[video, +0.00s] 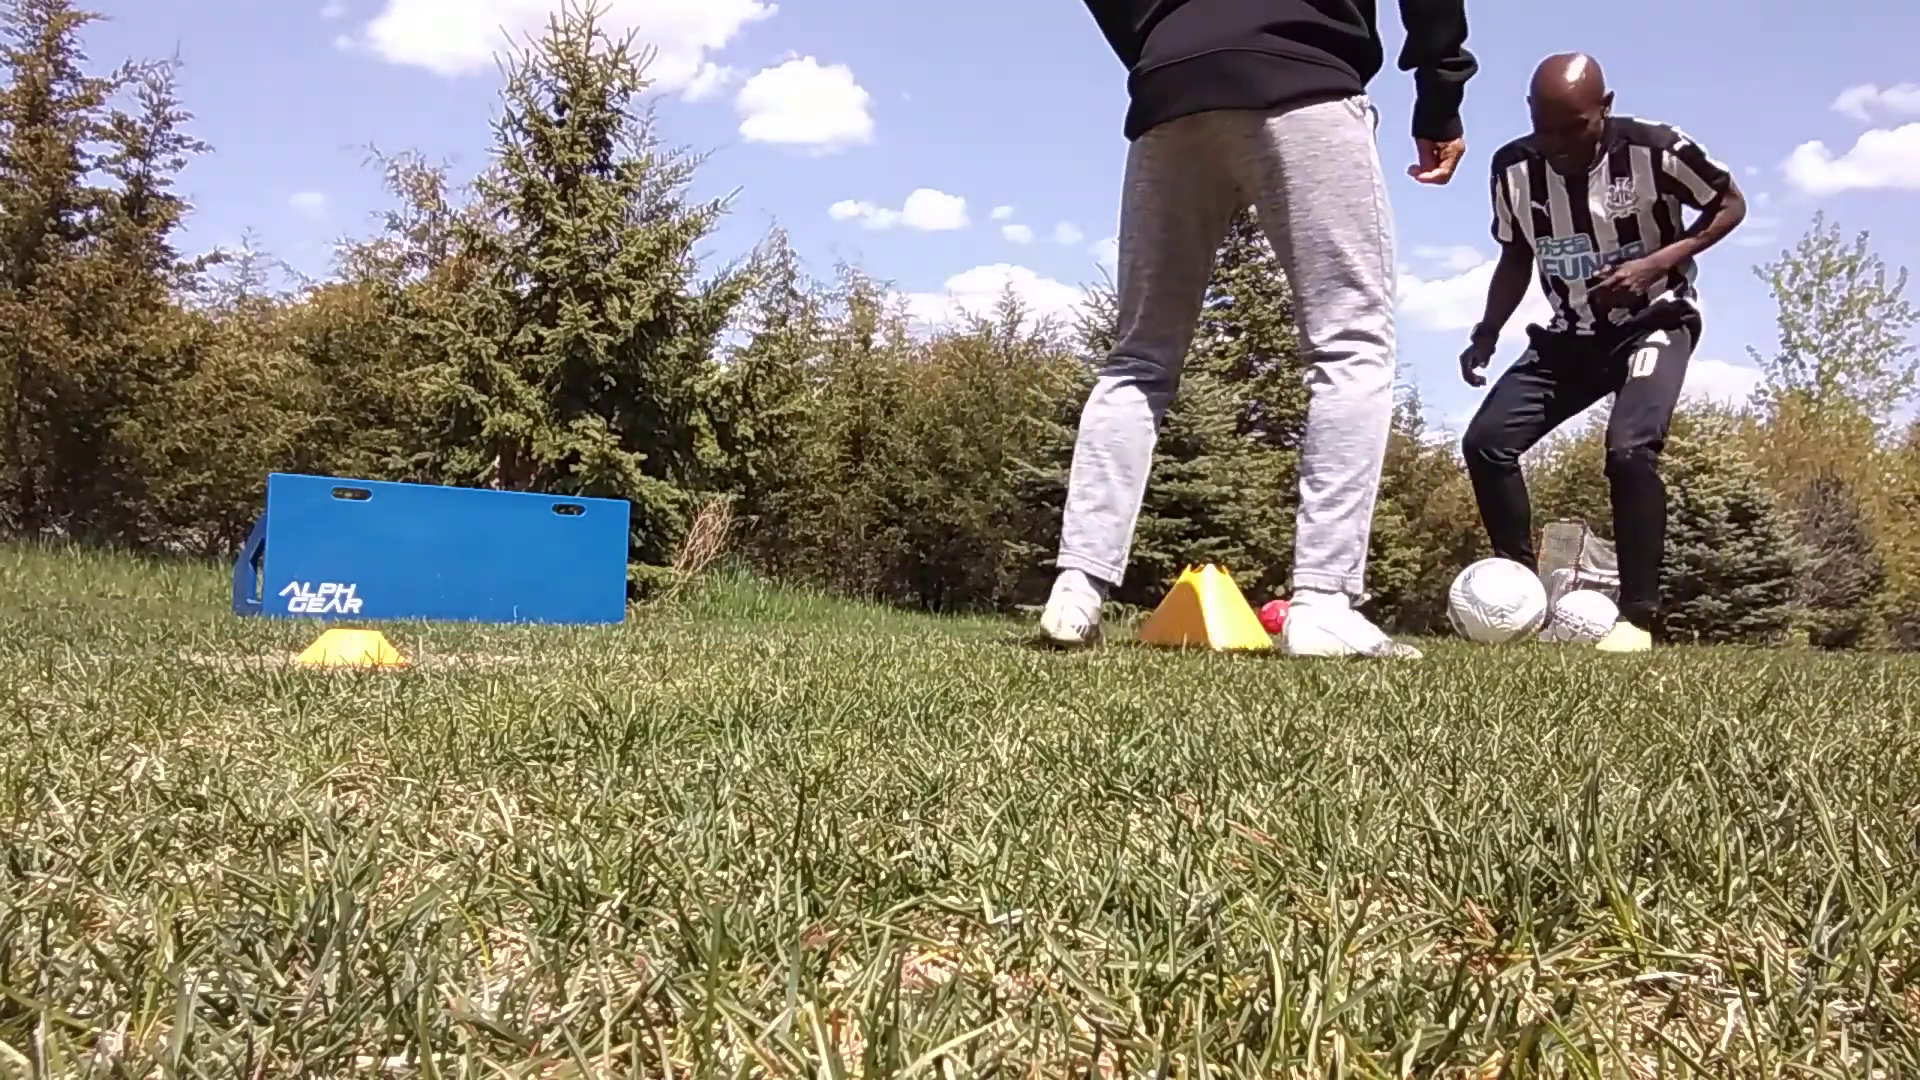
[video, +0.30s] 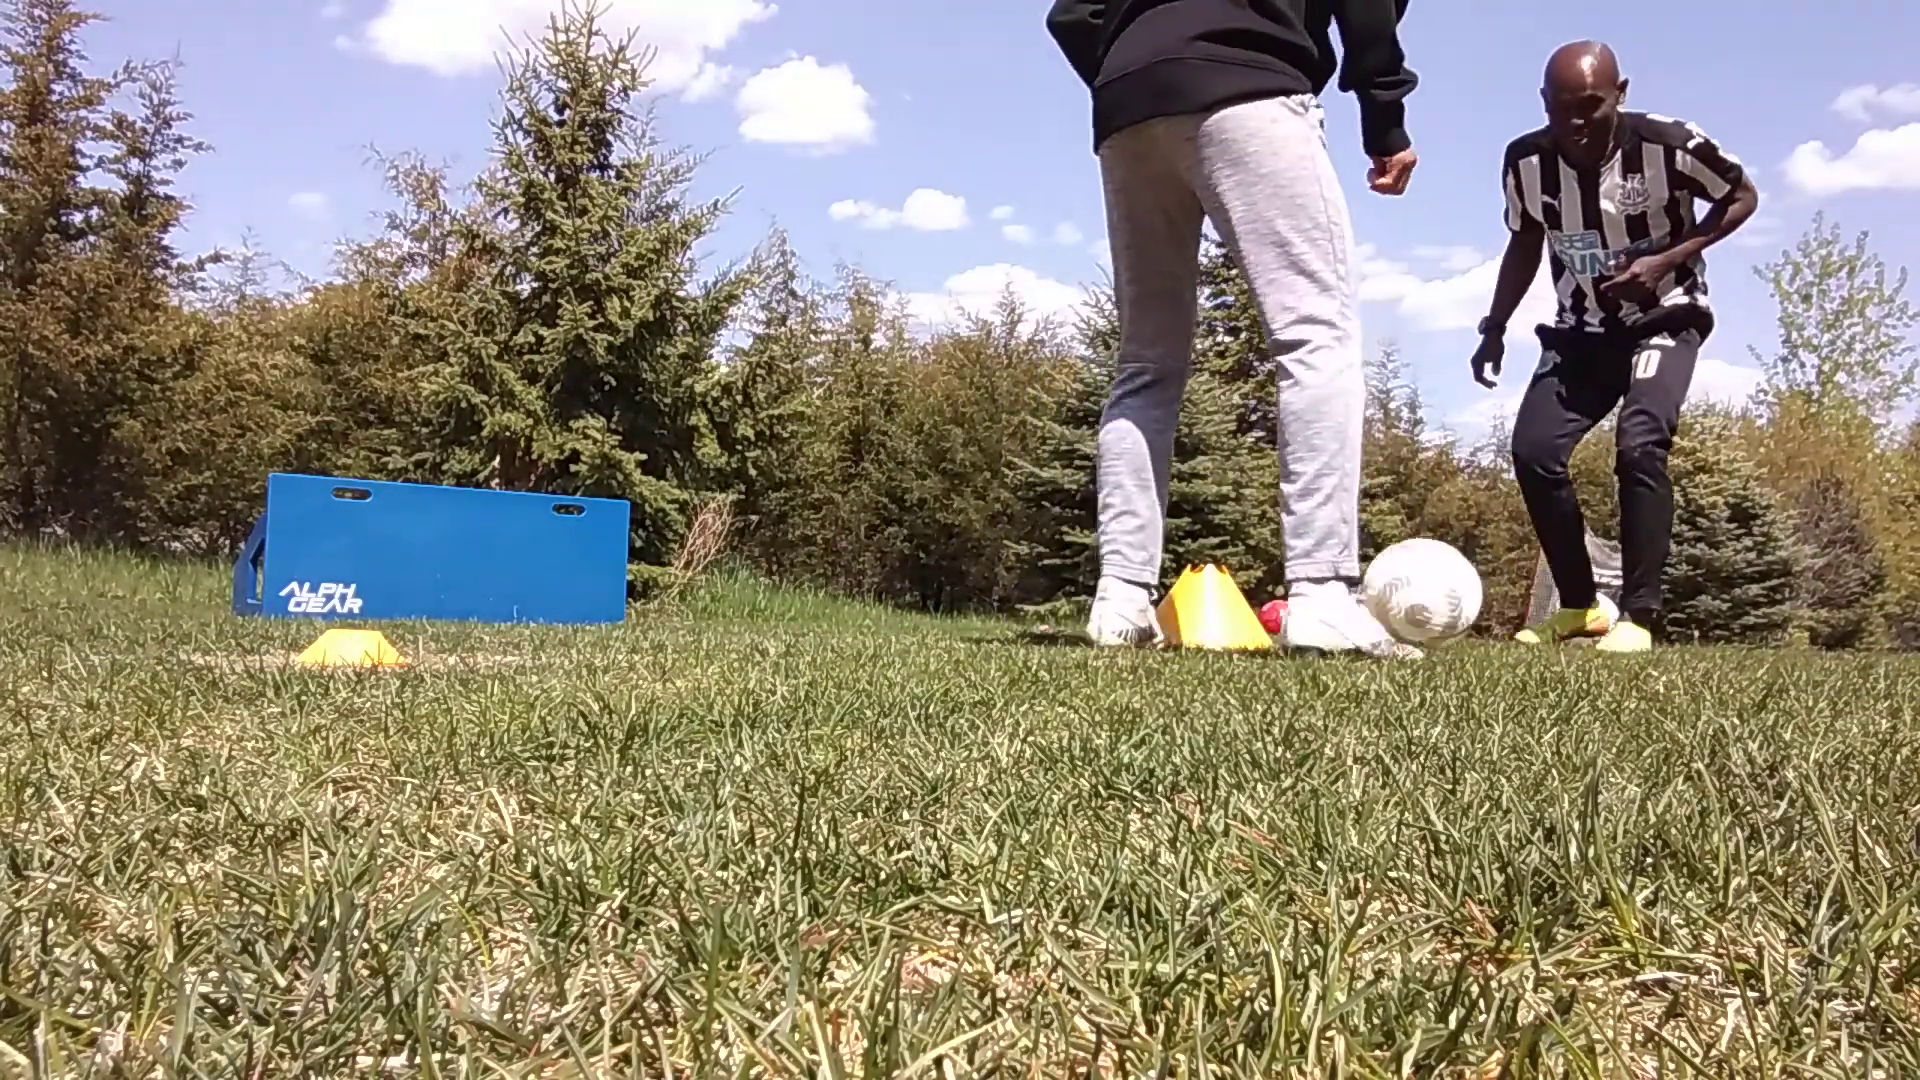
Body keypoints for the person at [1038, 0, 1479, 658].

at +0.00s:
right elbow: (1432, 5)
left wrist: (1163, 61)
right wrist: (1439, 101)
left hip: (1169, 82)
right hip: (1302, 72)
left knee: (1138, 360)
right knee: (1350, 349)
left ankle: (1075, 592)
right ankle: (1324, 603)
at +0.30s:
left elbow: (1069, 12)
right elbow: (1368, 3)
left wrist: (1134, 92)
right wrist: (1384, 115)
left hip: (1123, 87)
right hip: (1247, 67)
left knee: (1145, 366)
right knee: (1316, 337)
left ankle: (1120, 600)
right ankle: (1322, 597)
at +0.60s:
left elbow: (1043, 61)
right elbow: (1219, 19)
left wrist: (1117, 122)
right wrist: (1274, 120)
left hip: (1072, 142)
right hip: (1167, 127)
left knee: (1144, 380)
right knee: (1322, 308)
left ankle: (1120, 604)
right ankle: (1303, 560)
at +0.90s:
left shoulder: (1044, 6)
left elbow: (989, 97)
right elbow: (1237, 65)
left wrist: (1054, 166)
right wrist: (1287, 196)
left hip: (1024, 187)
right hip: (1129, 166)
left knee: (1067, 396)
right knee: (1236, 377)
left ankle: (974, 574)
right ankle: (1244, 603)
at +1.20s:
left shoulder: (957, 5)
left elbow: (906, 77)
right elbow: (1075, 41)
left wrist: (975, 139)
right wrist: (1120, 150)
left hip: (931, 173)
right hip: (1020, 169)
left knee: (935, 393)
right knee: (1083, 382)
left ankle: (850, 576)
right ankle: (1019, 585)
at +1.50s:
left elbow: (873, 77)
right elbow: (1093, 60)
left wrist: (921, 155)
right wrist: (1131, 176)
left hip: (902, 182)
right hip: (995, 185)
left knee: (894, 387)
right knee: (1019, 400)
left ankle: (816, 549)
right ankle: (956, 591)